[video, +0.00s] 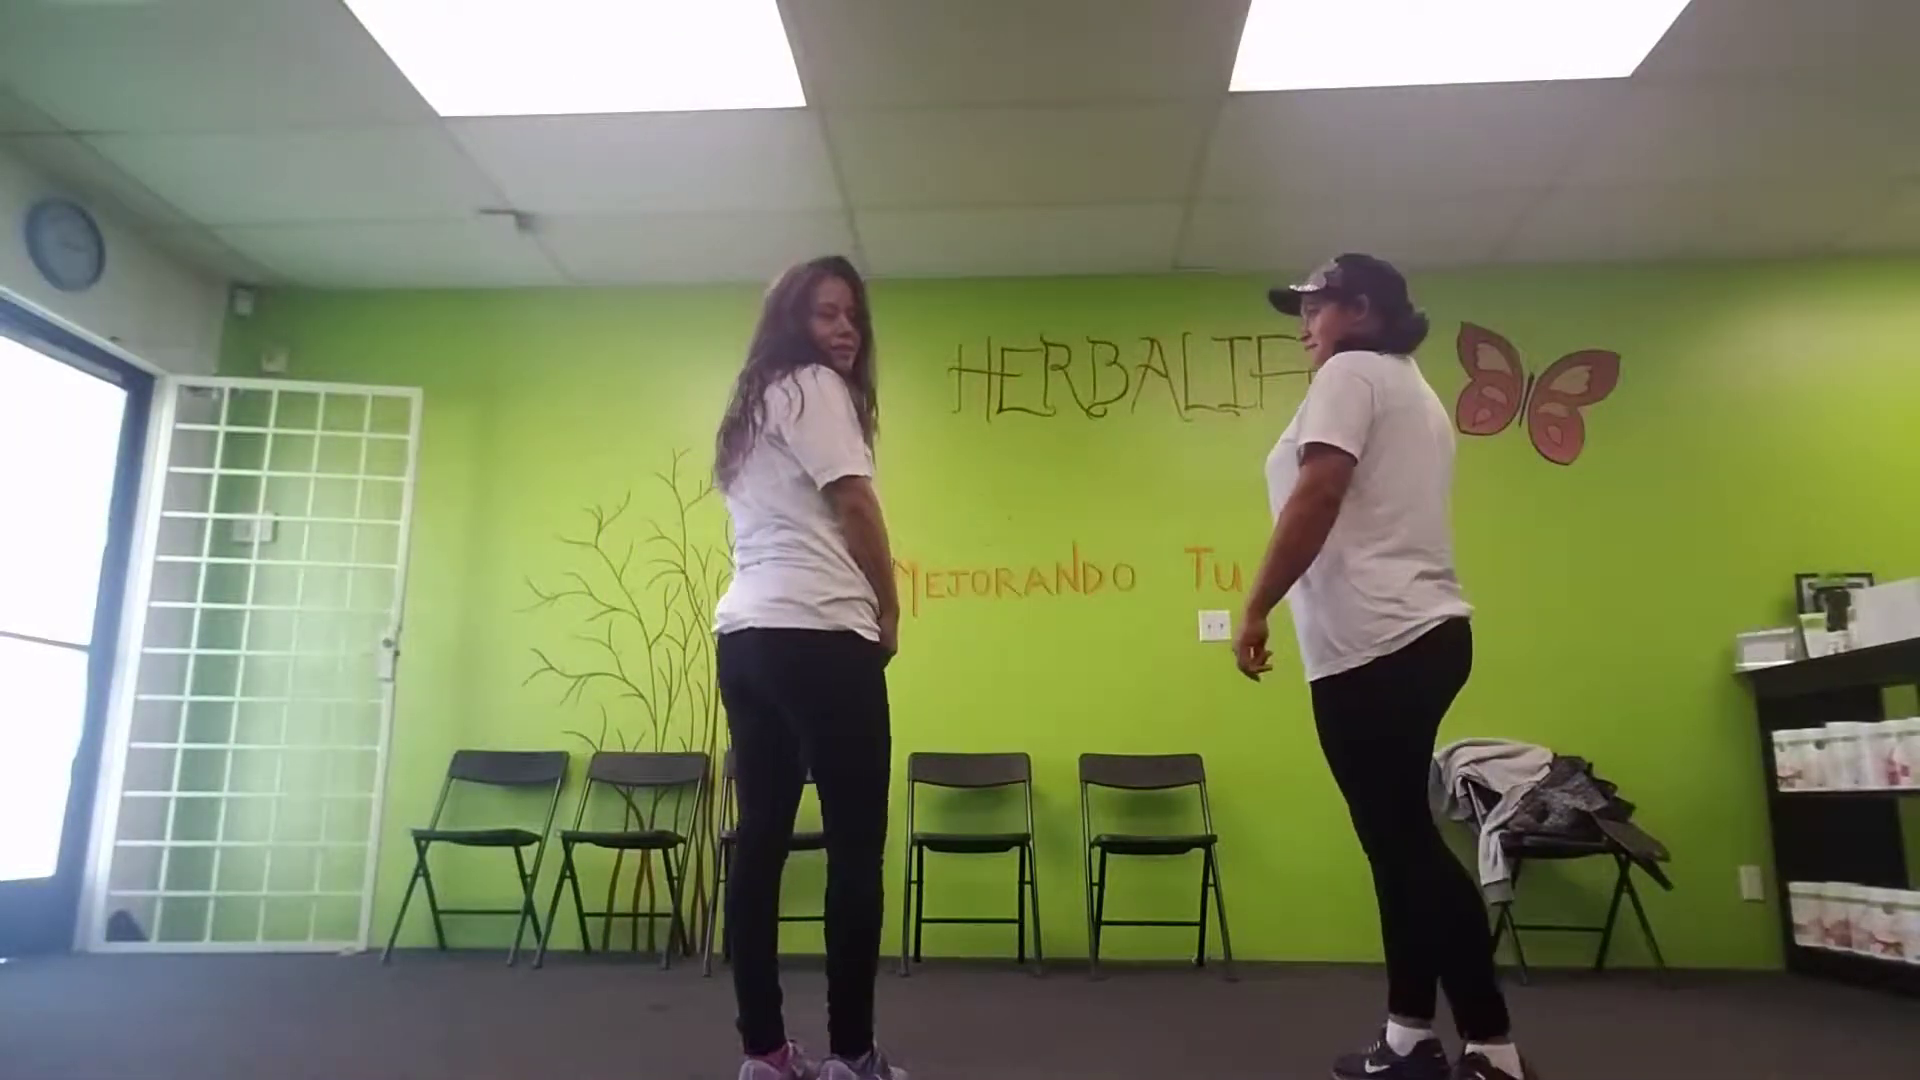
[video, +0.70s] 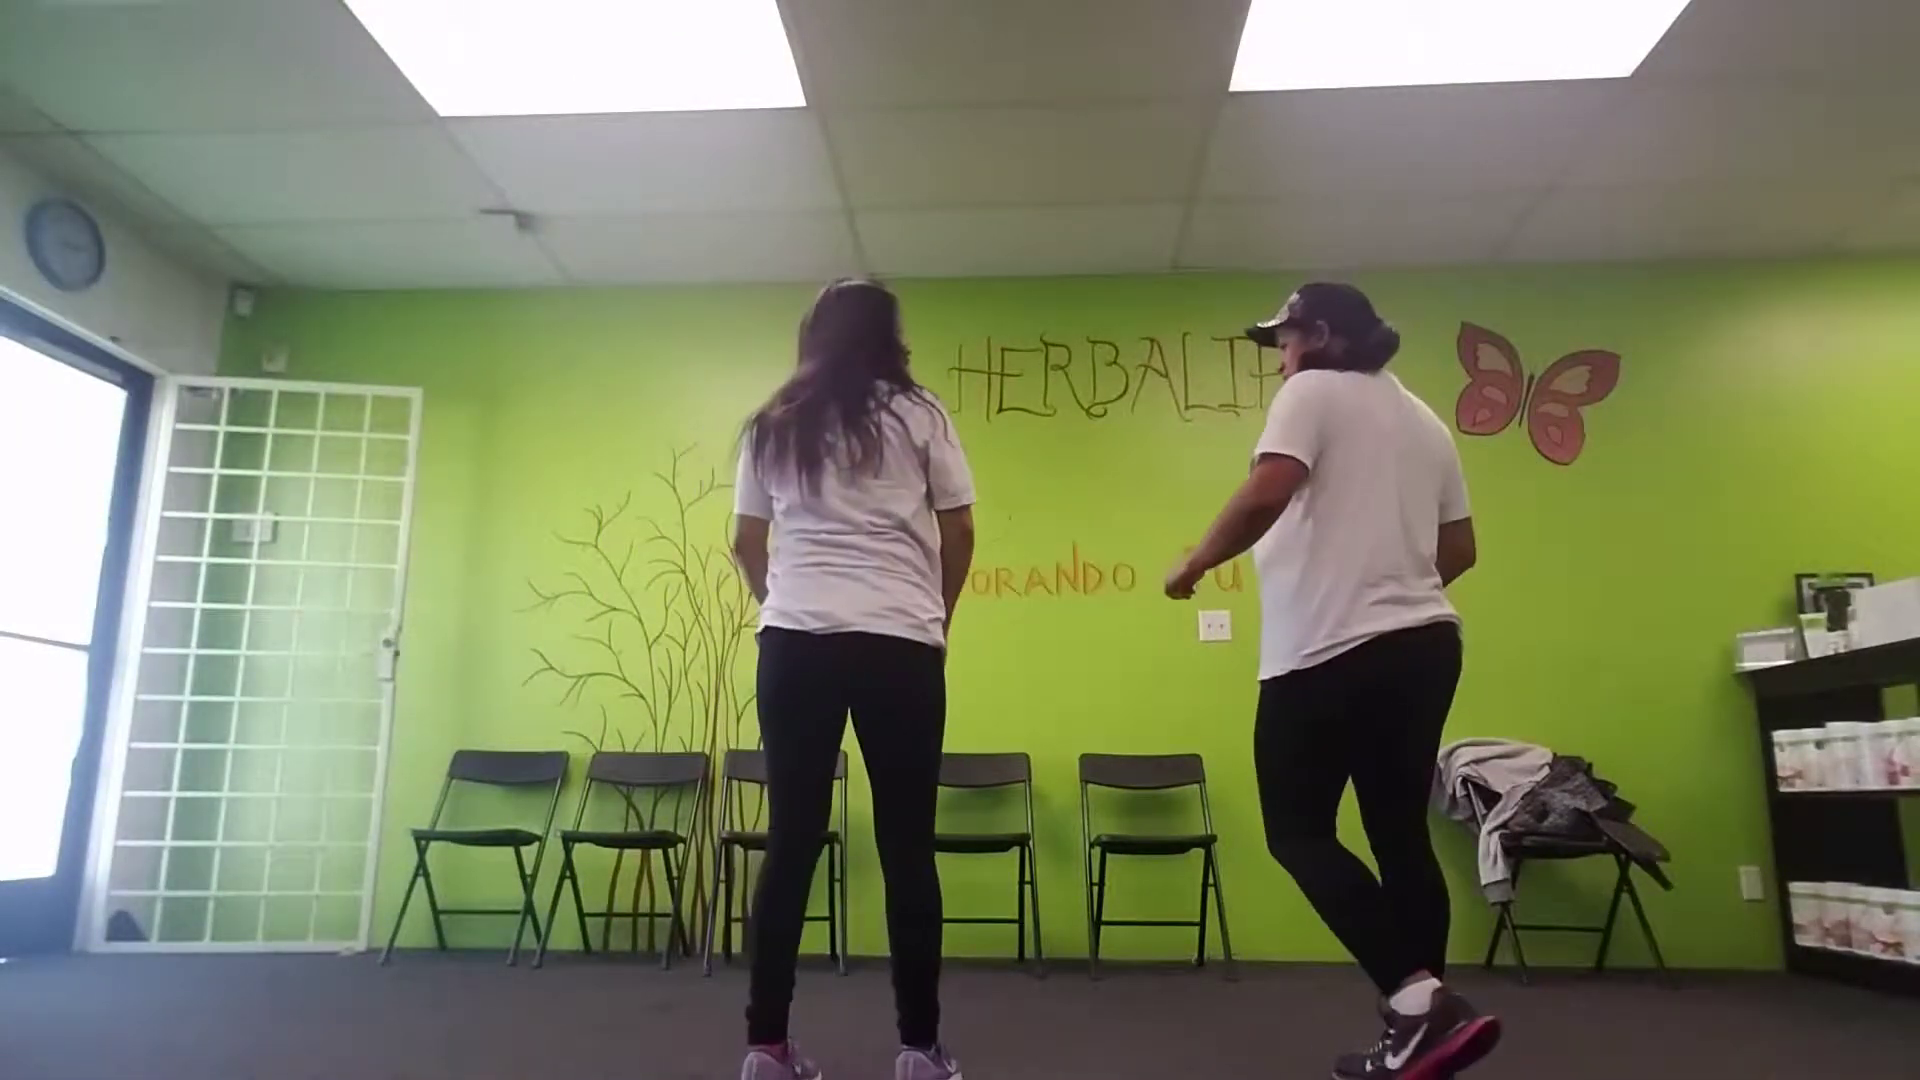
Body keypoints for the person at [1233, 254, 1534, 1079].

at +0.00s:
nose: (1303, 324)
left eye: (1316, 308)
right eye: (1305, 309)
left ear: (1362, 312)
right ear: (1374, 320)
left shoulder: (1349, 374)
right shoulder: (1412, 389)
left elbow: (1319, 496)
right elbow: (1399, 516)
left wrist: (1256, 606)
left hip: (1373, 647)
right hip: (1419, 637)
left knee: (1403, 842)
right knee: (1396, 839)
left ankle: (1492, 1052)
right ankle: (1410, 1040)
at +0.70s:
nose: (1279, 354)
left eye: (1286, 339)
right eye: (1279, 340)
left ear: (1325, 336)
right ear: (1360, 341)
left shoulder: (1308, 391)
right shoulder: (1426, 420)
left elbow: (1270, 490)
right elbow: (1458, 549)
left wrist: (1194, 563)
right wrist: (1376, 585)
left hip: (1326, 651)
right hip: (1424, 644)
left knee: (1299, 834)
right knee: (1401, 830)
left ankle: (1420, 999)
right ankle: (1416, 1032)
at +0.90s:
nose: (1273, 349)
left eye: (1280, 335)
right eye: (1274, 336)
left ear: (1315, 333)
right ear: (1353, 336)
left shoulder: (1280, 400)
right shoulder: (1422, 415)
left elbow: (1201, 521)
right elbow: (1446, 543)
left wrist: (1204, 510)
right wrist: (1367, 524)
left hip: (1304, 650)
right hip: (1417, 646)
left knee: (1279, 840)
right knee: (1402, 838)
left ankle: (1292, 1039)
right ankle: (1415, 1041)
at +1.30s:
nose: (1215, 334)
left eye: (1221, 320)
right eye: (1217, 320)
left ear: (1243, 323)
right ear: (1303, 322)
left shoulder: (1198, 396)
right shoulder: (1361, 400)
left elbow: (1166, 513)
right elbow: (1367, 508)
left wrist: (1249, 479)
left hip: (1236, 649)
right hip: (1359, 640)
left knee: (1233, 847)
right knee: (1369, 833)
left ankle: (1235, 1050)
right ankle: (1411, 1039)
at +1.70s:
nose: (1202, 328)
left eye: (1208, 314)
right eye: (1203, 314)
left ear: (1233, 316)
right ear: (1287, 317)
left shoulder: (1189, 398)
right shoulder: (1352, 392)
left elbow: (1156, 502)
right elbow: (1360, 495)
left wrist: (1199, 398)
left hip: (1228, 647)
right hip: (1350, 639)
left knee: (1235, 843)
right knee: (1368, 833)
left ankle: (1234, 1049)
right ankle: (1415, 1039)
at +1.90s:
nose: (1229, 335)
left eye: (1234, 320)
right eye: (1230, 321)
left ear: (1262, 319)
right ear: (1313, 316)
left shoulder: (1225, 405)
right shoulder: (1386, 397)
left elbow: (1187, 501)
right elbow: (1382, 486)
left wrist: (1252, 422)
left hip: (1260, 650)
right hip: (1382, 643)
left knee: (1245, 846)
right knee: (1389, 842)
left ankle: (1237, 1050)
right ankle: (1423, 1047)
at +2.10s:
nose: (1245, 341)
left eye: (1249, 328)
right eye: (1246, 328)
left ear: (1279, 323)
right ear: (1332, 320)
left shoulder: (1244, 404)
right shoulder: (1403, 405)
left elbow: (1199, 498)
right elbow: (1381, 494)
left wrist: (1269, 442)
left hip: (1278, 643)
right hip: (1400, 637)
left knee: (1247, 842)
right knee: (1392, 840)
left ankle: (1234, 1046)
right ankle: (1423, 1047)